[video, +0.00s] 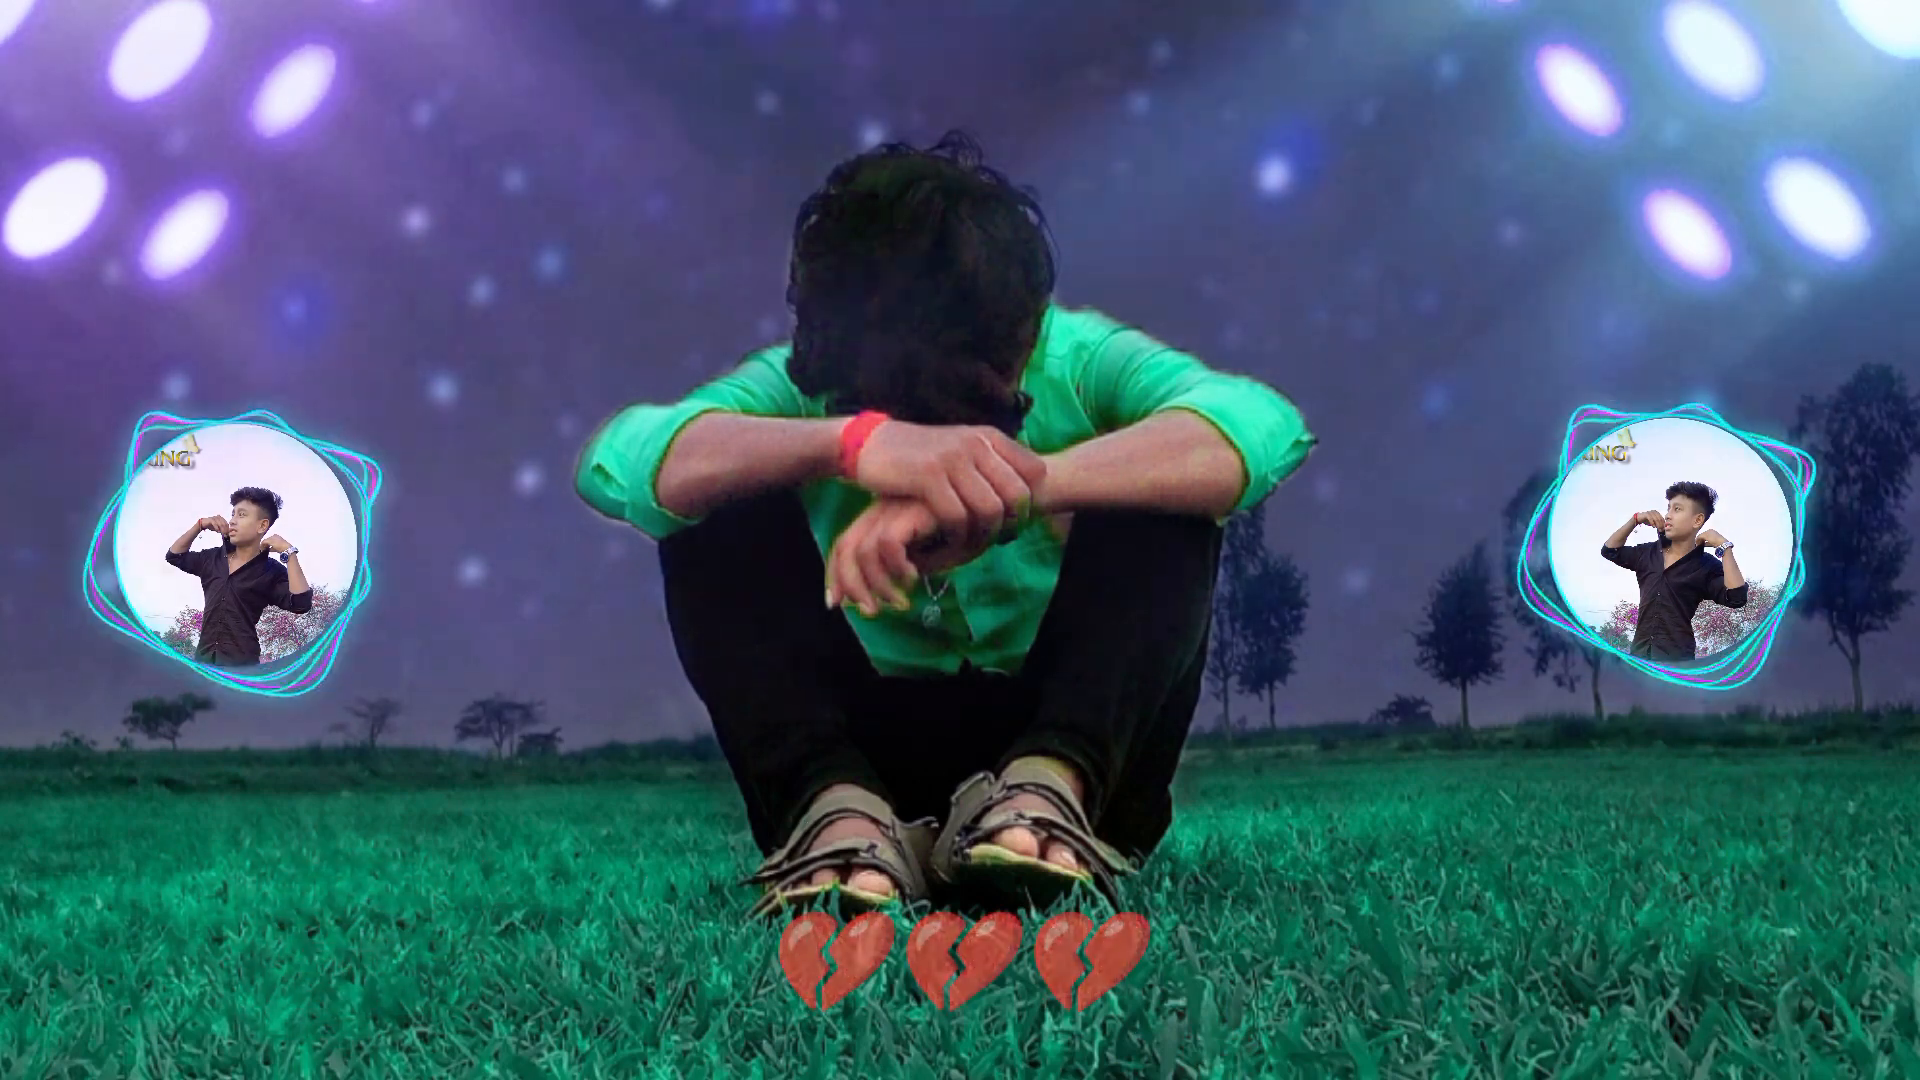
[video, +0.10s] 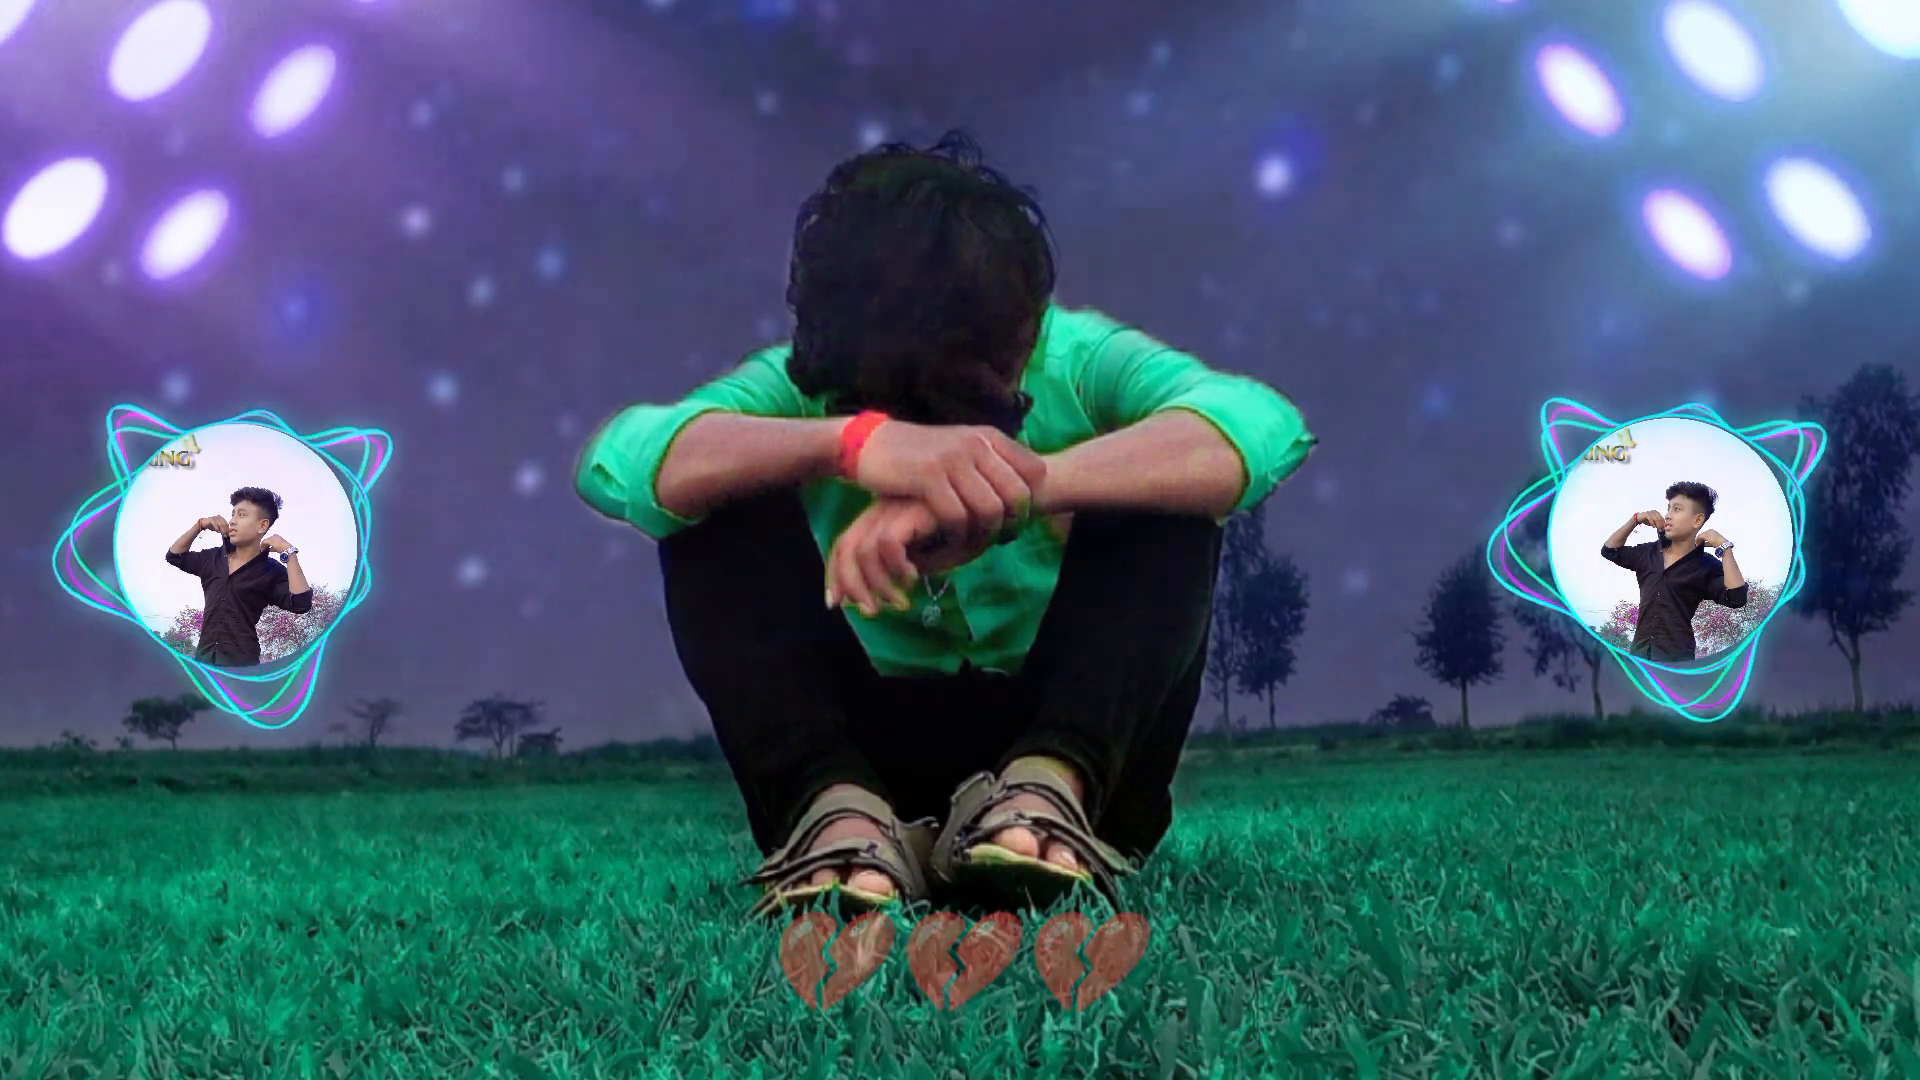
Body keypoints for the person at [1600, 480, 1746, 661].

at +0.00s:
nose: (1667, 515)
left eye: (1677, 509)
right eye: (1668, 509)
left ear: (1698, 520)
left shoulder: (1705, 565)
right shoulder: (1647, 553)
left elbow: (1737, 599)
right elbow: (1609, 551)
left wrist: (1725, 547)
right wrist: (1634, 520)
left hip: (1677, 659)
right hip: (1639, 654)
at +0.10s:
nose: (1667, 515)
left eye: (1677, 509)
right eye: (1668, 508)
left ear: (1698, 520)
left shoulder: (1705, 565)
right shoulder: (1647, 553)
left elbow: (1737, 599)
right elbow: (1609, 551)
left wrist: (1725, 547)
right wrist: (1634, 520)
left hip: (1677, 659)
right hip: (1639, 654)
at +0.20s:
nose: (1667, 515)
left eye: (1677, 509)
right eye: (1668, 509)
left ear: (1698, 520)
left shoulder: (1705, 565)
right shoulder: (1647, 553)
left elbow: (1737, 599)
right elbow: (1609, 551)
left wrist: (1725, 547)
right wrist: (1634, 520)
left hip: (1678, 660)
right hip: (1639, 654)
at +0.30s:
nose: (1667, 515)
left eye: (1677, 509)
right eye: (1668, 509)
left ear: (1698, 520)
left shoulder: (1705, 564)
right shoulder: (1647, 553)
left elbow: (1737, 599)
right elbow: (1609, 551)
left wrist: (1725, 547)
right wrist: (1634, 520)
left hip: (1678, 659)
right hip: (1639, 654)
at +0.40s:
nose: (1667, 515)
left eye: (1677, 509)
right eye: (1668, 508)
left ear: (1698, 520)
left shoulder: (1705, 564)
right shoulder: (1647, 553)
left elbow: (1737, 599)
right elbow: (1609, 551)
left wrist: (1725, 547)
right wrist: (1634, 520)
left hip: (1678, 659)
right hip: (1639, 654)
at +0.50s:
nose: (1667, 515)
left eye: (1677, 509)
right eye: (1668, 509)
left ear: (1698, 520)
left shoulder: (1705, 564)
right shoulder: (1647, 553)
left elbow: (1737, 599)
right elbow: (1609, 551)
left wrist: (1725, 547)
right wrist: (1634, 521)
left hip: (1677, 658)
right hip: (1639, 654)